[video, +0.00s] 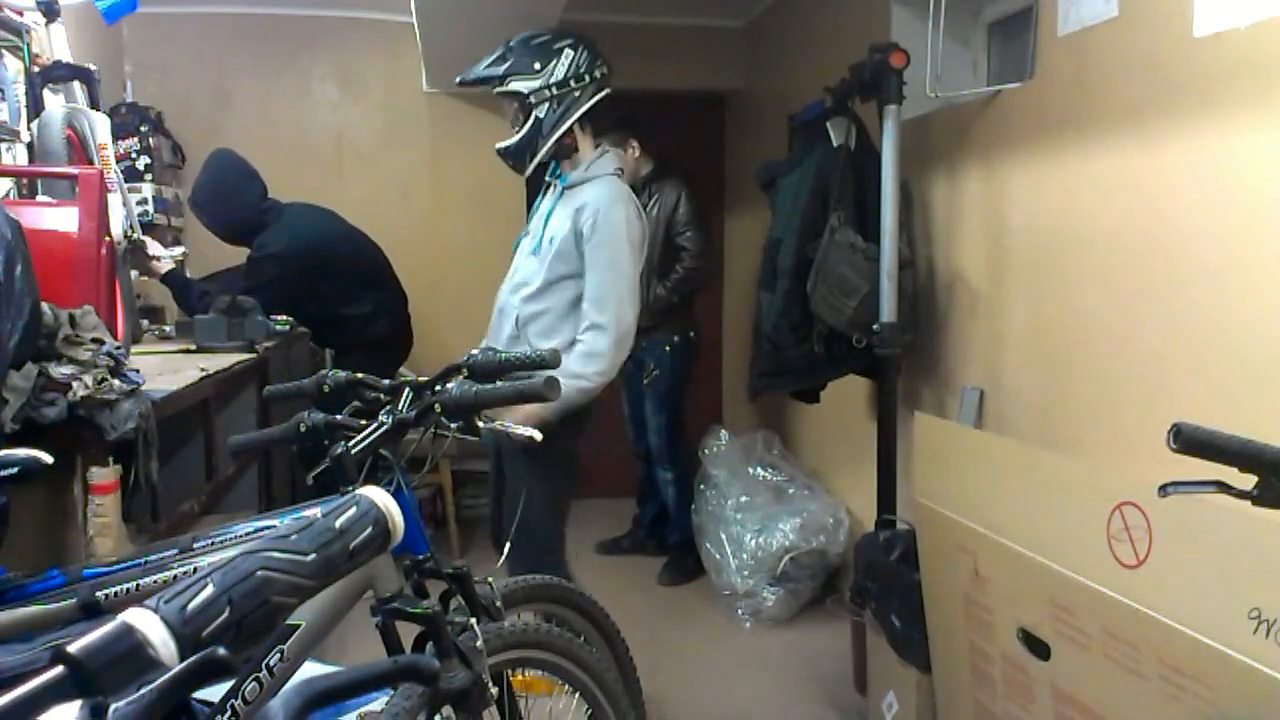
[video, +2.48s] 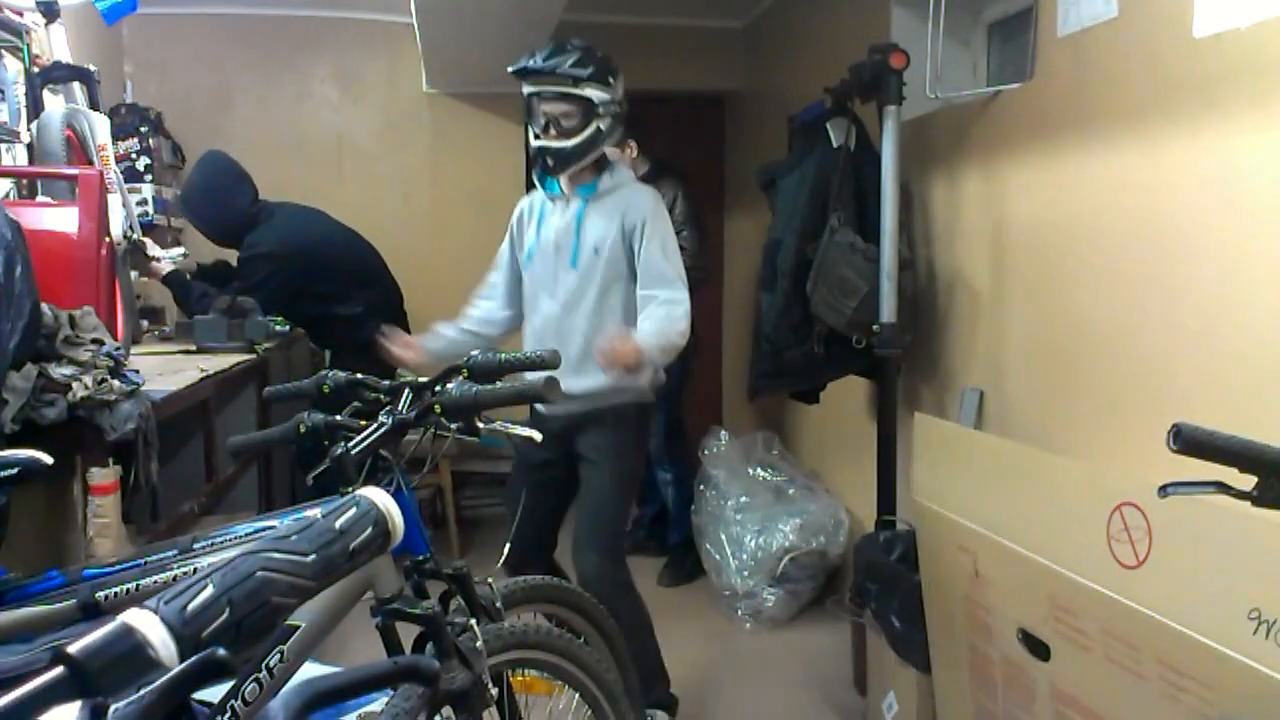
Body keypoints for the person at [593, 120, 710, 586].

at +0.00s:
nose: (611, 170)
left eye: (613, 160)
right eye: (607, 163)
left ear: (634, 150)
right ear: (626, 154)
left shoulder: (672, 192)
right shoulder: (624, 200)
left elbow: (693, 260)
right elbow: (625, 261)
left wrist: (652, 303)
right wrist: (620, 300)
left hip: (668, 334)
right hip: (635, 333)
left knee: (664, 441)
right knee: (641, 441)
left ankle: (685, 545)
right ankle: (650, 529)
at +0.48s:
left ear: (634, 156)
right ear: (617, 161)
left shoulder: (668, 191)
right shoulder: (615, 200)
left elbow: (689, 262)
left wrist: (651, 306)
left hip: (667, 330)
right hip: (634, 329)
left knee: (663, 433)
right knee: (643, 433)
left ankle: (684, 542)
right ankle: (650, 526)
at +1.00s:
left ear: (633, 152)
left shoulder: (668, 190)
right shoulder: (614, 199)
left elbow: (689, 263)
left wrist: (649, 302)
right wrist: (619, 301)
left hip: (667, 331)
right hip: (633, 329)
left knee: (662, 435)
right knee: (640, 435)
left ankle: (684, 542)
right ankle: (649, 527)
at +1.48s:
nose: (611, 169)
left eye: (614, 159)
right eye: (607, 163)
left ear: (634, 152)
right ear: (626, 156)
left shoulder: (669, 191)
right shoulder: (621, 196)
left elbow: (690, 260)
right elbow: (620, 256)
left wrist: (652, 299)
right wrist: (618, 297)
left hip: (664, 333)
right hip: (631, 332)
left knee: (663, 442)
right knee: (640, 441)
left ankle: (685, 545)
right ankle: (650, 529)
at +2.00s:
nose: (602, 169)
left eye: (606, 159)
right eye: (597, 162)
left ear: (632, 152)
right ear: (603, 163)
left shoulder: (667, 192)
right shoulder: (611, 200)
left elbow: (689, 260)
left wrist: (654, 301)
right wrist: (610, 301)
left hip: (664, 323)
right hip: (624, 323)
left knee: (664, 436)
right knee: (639, 436)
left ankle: (685, 544)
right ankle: (650, 526)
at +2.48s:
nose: (612, 161)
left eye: (616, 152)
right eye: (608, 154)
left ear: (632, 150)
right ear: (612, 154)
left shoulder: (667, 193)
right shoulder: (607, 196)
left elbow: (688, 261)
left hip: (665, 324)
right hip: (622, 323)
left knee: (665, 435)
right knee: (638, 433)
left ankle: (684, 542)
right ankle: (651, 523)